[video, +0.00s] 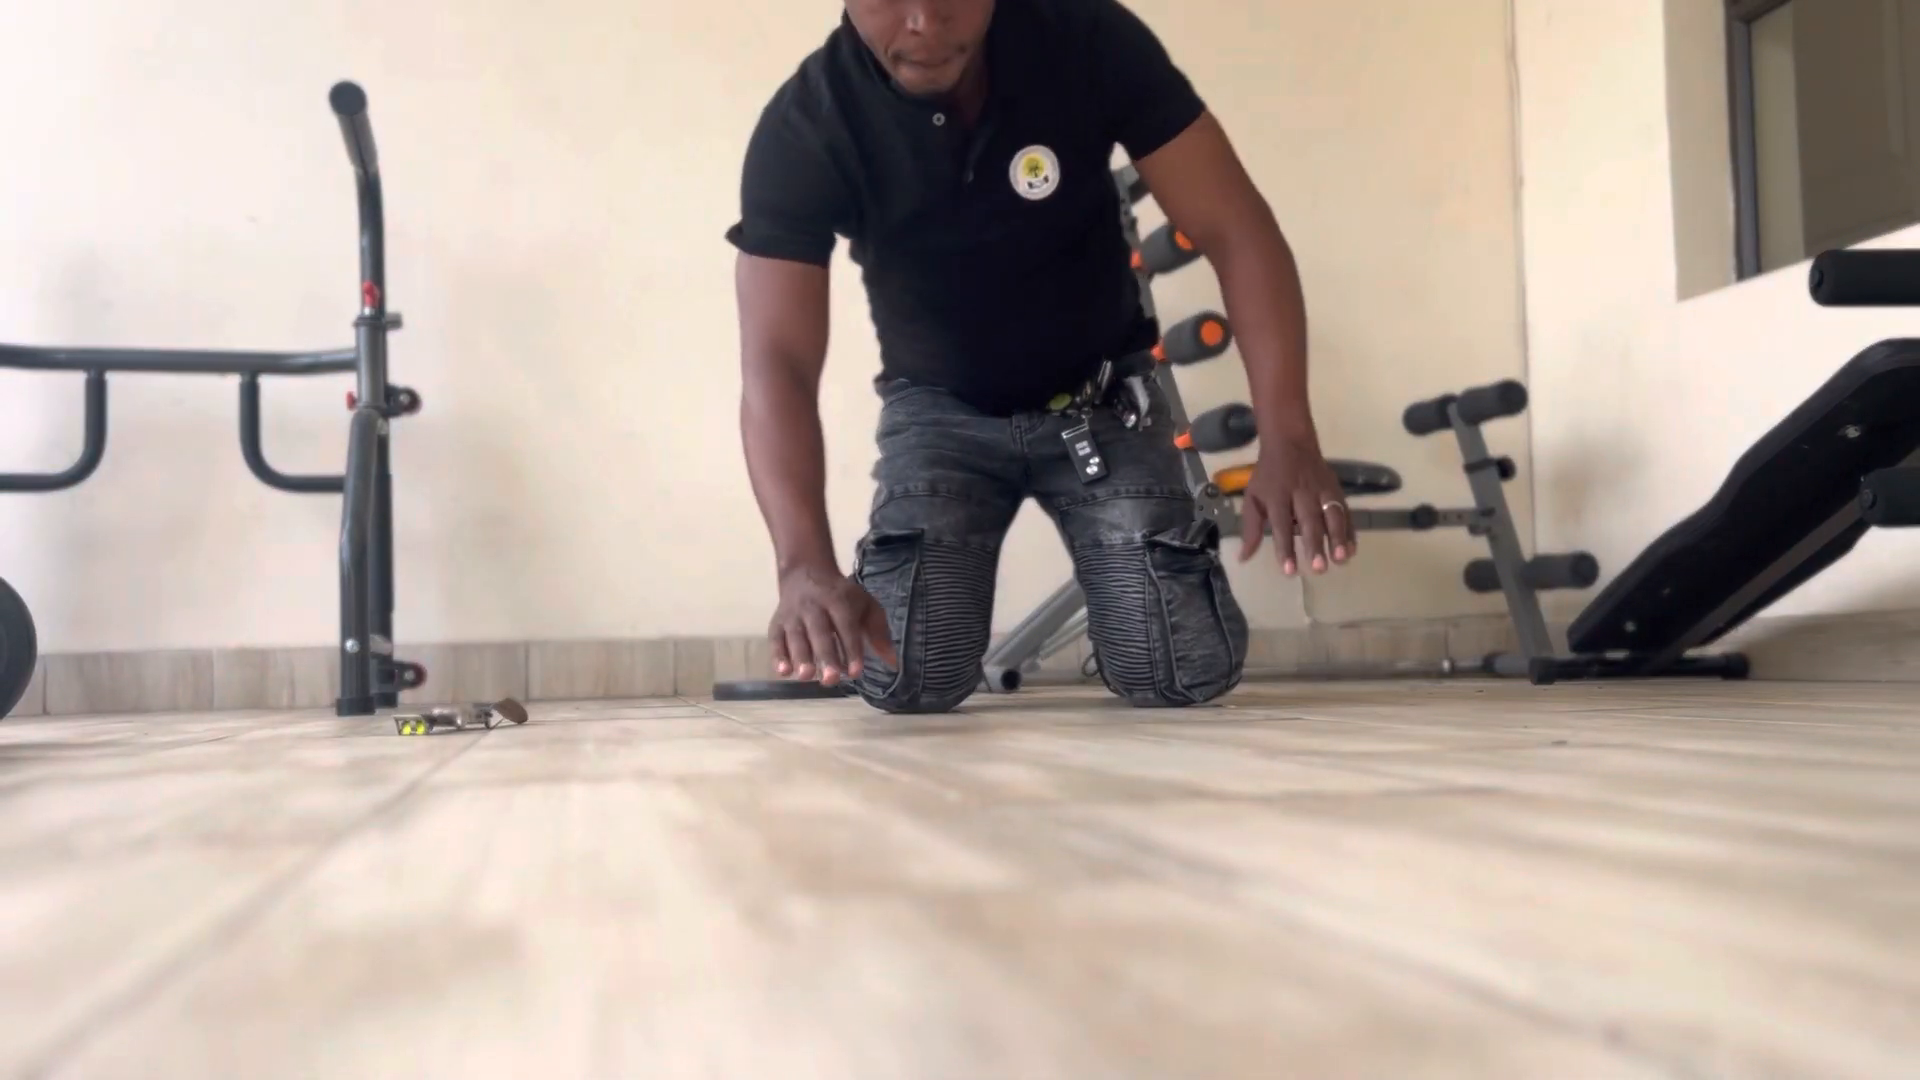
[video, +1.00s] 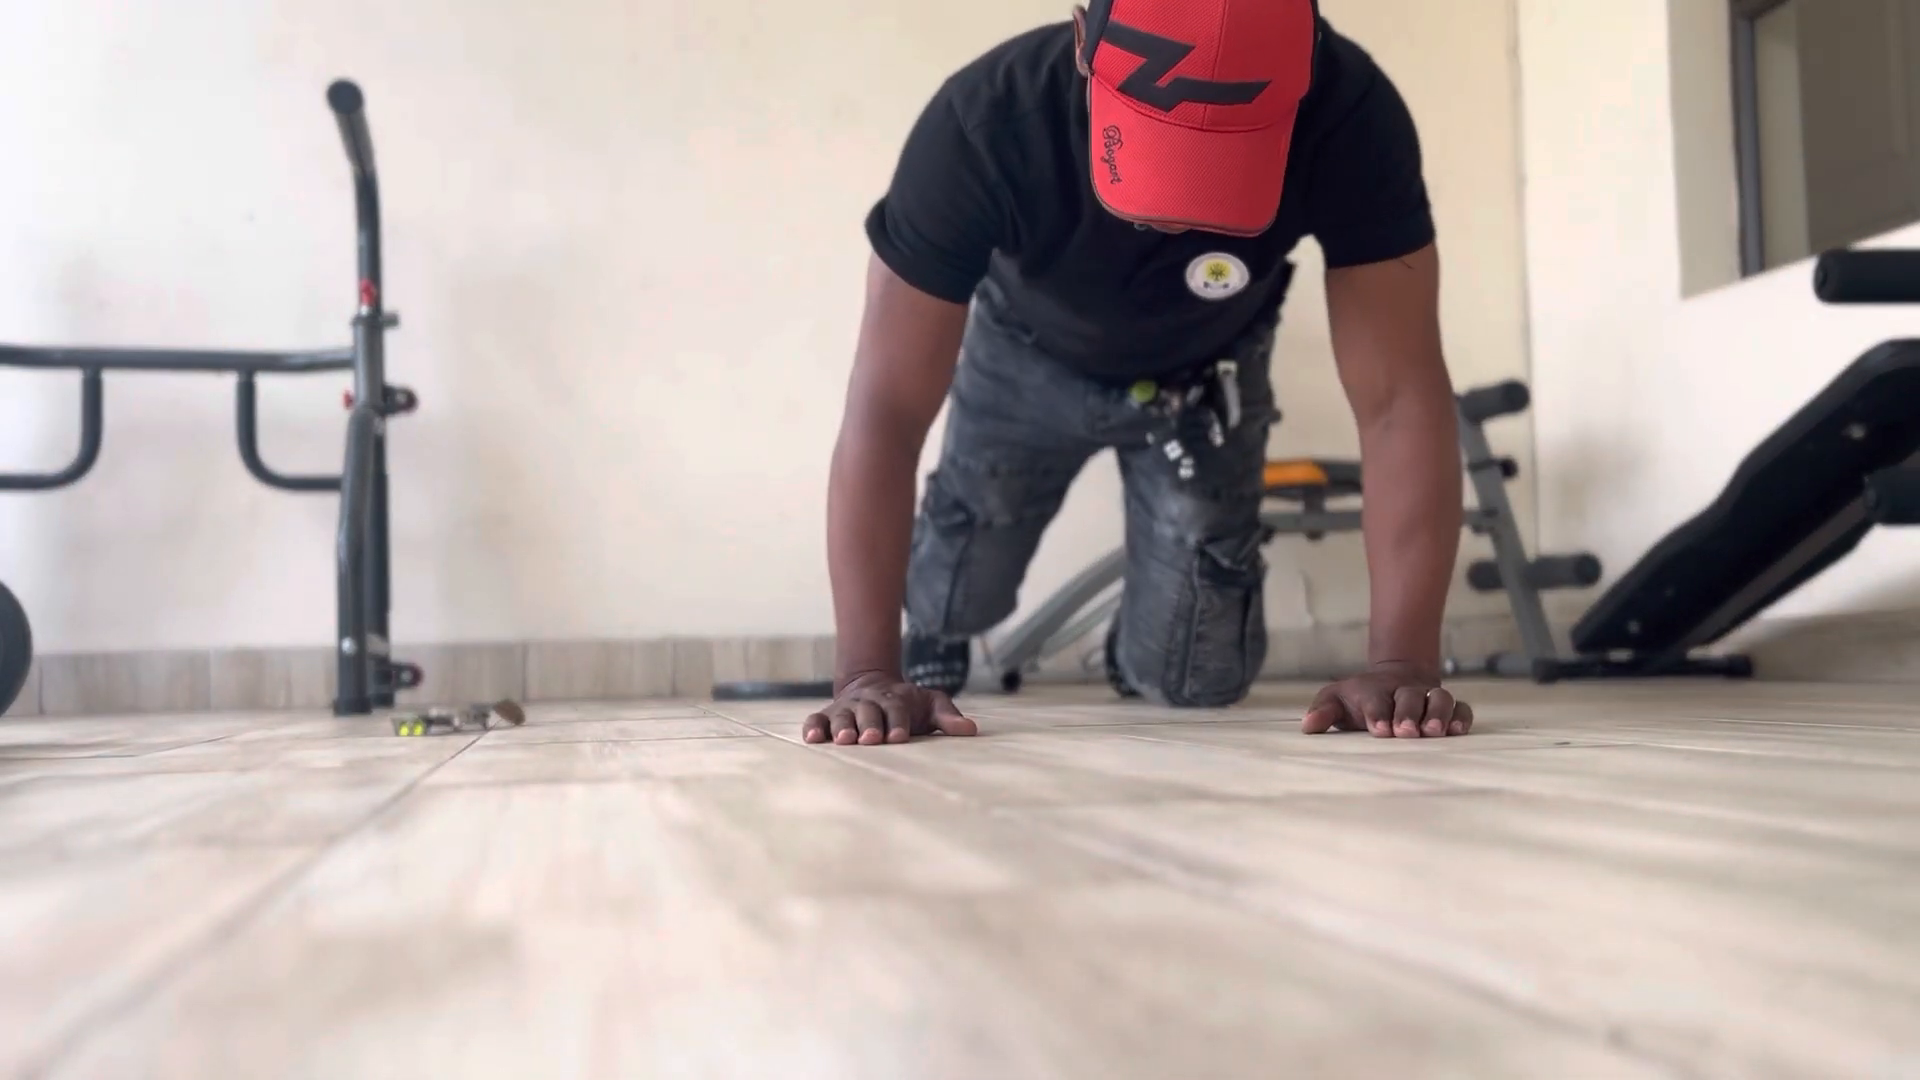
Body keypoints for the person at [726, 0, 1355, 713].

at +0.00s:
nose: (921, 24)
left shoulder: (1085, 39)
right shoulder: (808, 125)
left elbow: (1239, 231)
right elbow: (777, 368)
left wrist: (1287, 435)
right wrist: (804, 565)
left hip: (1104, 401)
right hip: (938, 413)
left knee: (1181, 672)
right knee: (915, 679)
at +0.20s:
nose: (989, 81)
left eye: (1023, 40)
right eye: (952, 44)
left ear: (1065, 20)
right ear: (894, 23)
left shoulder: (1144, 82)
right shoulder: (847, 151)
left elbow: (1276, 292)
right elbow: (833, 401)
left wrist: (1310, 508)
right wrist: (859, 637)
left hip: (1111, 399)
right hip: (935, 412)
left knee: (1181, 673)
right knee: (916, 689)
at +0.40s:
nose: (1083, 207)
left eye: (1114, 176)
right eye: (1048, 174)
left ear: (1158, 101)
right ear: (968, 98)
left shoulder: (1226, 145)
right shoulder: (892, 152)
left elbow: (1356, 394)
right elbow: (848, 417)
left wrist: (1387, 639)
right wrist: (862, 673)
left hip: (1127, 395)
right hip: (949, 399)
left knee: (1178, 680)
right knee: (909, 688)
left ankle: (1191, 582)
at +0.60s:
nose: (1154, 235)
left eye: (1183, 202)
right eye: (1120, 203)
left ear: (1238, 119)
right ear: (1035, 110)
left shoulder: (1295, 146)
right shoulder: (940, 140)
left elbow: (1388, 414)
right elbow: (858, 420)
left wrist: (1400, 661)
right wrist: (866, 674)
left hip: (1163, 379)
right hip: (975, 376)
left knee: (1183, 680)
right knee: (907, 676)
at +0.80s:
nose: (1175, 228)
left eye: (1210, 189)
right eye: (1149, 189)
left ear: (1276, 103)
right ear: (1075, 87)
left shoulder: (1332, 135)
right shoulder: (968, 135)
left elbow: (1408, 409)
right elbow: (870, 421)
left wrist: (1404, 663)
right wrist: (868, 672)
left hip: (1186, 385)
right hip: (1000, 376)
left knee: (1188, 682)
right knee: (932, 667)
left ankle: (1150, 631)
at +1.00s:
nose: (1176, 191)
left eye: (1215, 164)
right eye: (1152, 157)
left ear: (1287, 94)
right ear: (1094, 67)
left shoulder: (1351, 122)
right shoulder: (982, 129)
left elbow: (1400, 398)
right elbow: (881, 415)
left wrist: (1402, 662)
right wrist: (865, 674)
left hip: (1212, 373)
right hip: (1026, 359)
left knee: (1194, 678)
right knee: (954, 597)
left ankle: (1141, 637)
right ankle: (925, 666)